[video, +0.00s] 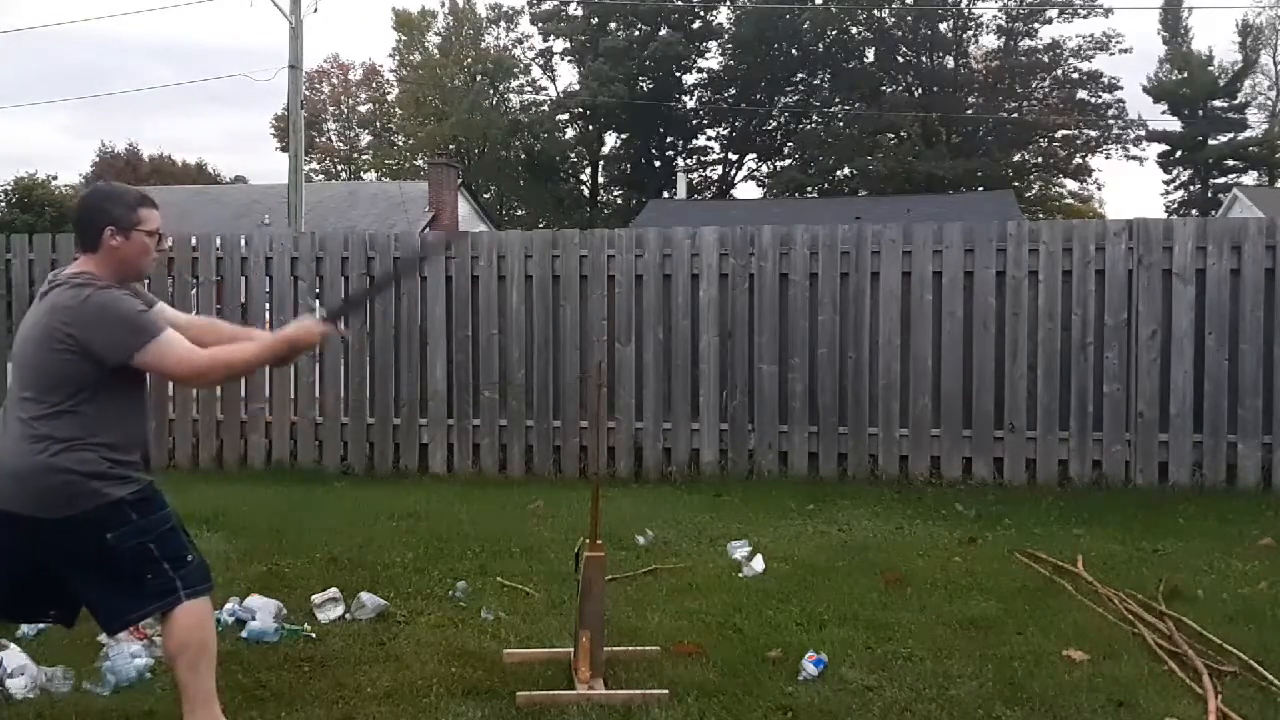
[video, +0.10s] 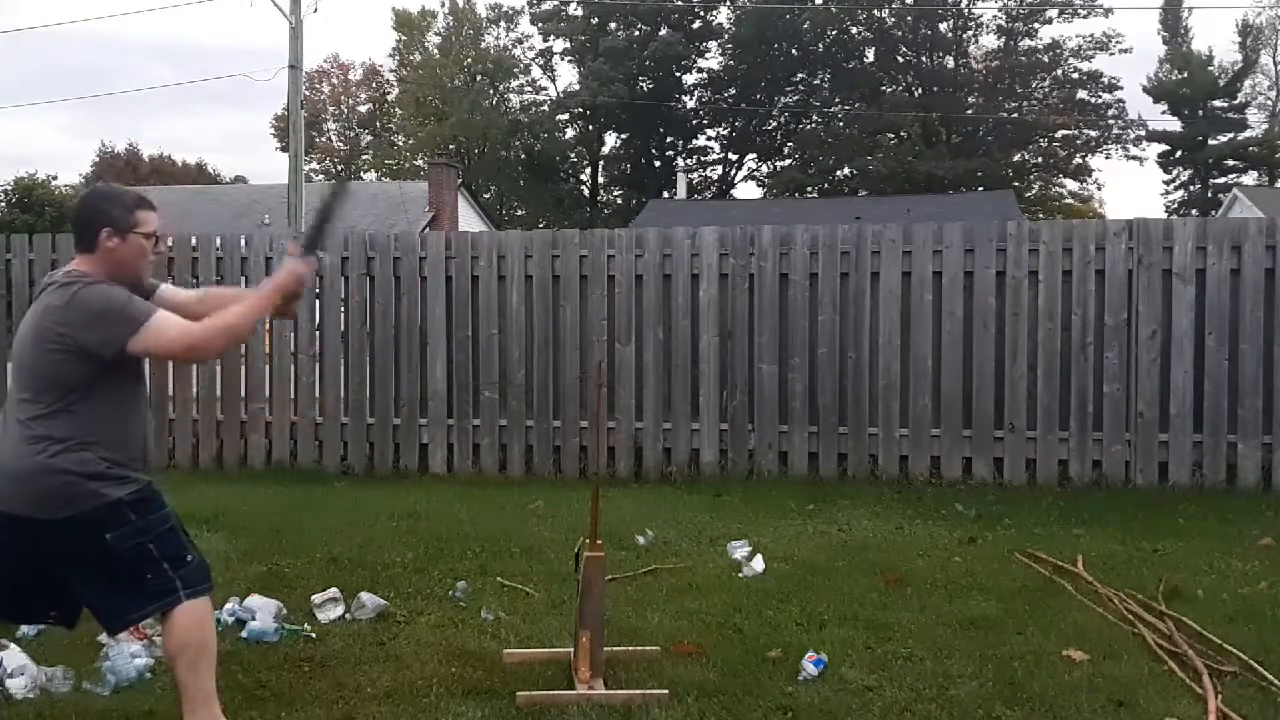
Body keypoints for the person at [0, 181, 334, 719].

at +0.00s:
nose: (161, 245)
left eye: (160, 234)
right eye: (152, 234)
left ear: (111, 240)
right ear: (113, 239)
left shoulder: (78, 287)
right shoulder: (103, 305)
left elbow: (190, 327)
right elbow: (194, 367)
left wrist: (273, 339)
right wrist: (285, 344)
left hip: (23, 490)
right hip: (95, 488)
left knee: (10, 610)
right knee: (185, 590)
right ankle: (204, 711)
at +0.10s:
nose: (158, 248)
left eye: (157, 238)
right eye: (150, 237)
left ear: (107, 241)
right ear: (110, 240)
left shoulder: (84, 285)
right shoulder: (93, 300)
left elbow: (194, 303)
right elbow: (198, 341)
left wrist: (271, 292)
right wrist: (276, 289)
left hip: (22, 487)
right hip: (90, 487)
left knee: (12, 612)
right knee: (186, 587)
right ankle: (204, 712)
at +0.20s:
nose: (153, 251)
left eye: (154, 241)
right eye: (147, 241)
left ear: (103, 242)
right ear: (107, 241)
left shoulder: (70, 285)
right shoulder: (85, 298)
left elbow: (189, 276)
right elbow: (193, 308)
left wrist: (255, 254)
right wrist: (251, 236)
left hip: (23, 483)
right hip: (86, 485)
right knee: (188, 586)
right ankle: (204, 713)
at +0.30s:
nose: (156, 255)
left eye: (157, 243)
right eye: (146, 243)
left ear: (100, 244)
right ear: (106, 243)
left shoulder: (65, 289)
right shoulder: (78, 297)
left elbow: (176, 289)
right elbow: (181, 281)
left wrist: (230, 221)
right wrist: (214, 195)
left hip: (25, 489)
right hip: (93, 489)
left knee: (9, 612)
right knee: (191, 587)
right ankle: (204, 713)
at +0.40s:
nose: (152, 253)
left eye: (152, 240)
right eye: (141, 241)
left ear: (107, 244)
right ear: (105, 243)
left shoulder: (94, 293)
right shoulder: (67, 297)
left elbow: (183, 260)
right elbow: (163, 266)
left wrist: (209, 195)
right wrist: (179, 171)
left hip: (36, 485)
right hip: (93, 485)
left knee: (13, 612)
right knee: (196, 585)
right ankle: (205, 713)